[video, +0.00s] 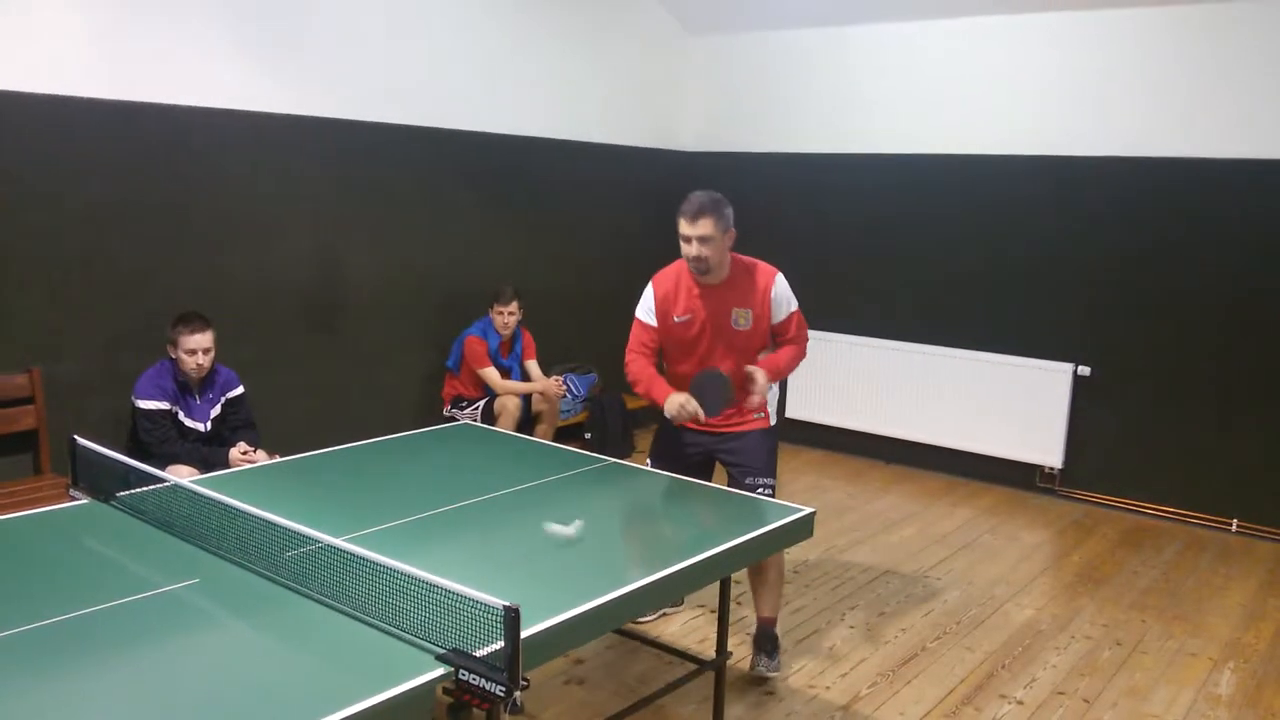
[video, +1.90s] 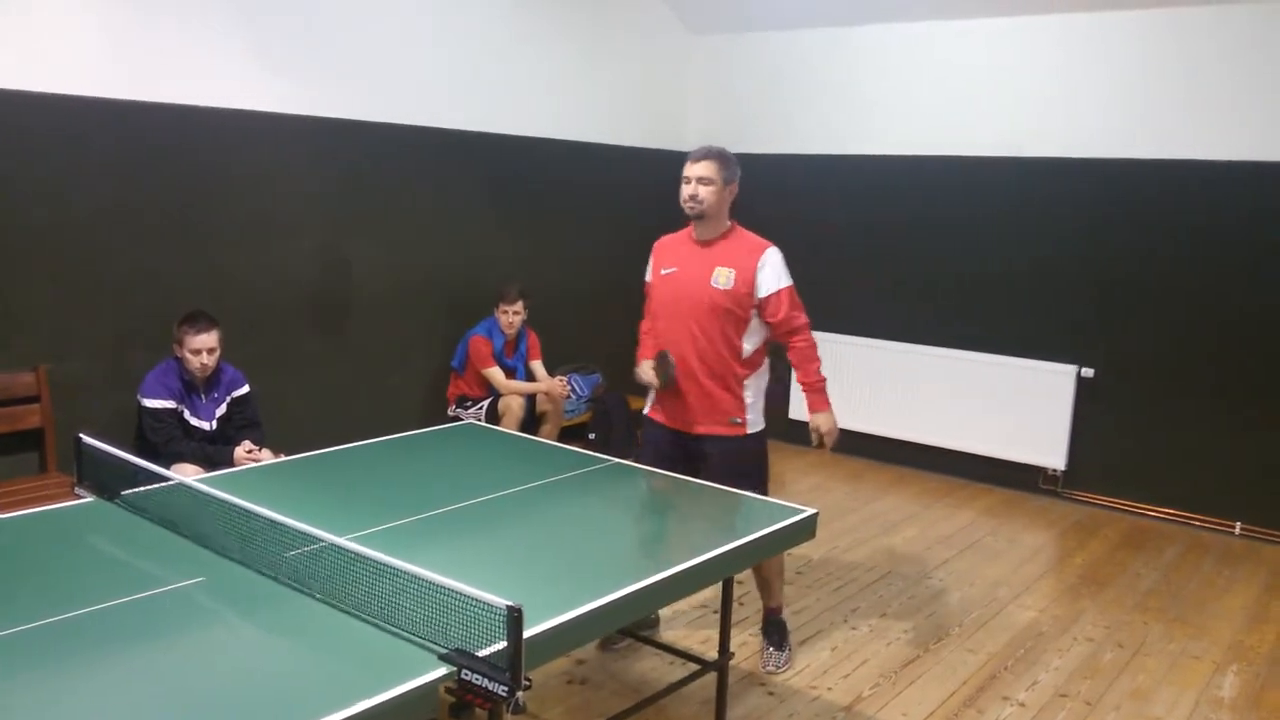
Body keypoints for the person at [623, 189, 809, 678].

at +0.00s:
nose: (695, 252)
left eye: (706, 241)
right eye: (687, 240)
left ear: (730, 238)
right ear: (678, 237)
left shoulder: (766, 282)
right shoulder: (662, 288)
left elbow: (795, 342)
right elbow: (636, 358)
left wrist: (767, 369)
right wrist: (666, 396)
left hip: (747, 423)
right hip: (683, 423)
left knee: (760, 523)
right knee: (662, 513)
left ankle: (766, 634)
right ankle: (667, 587)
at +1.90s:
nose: (691, 190)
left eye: (703, 183)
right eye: (687, 182)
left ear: (730, 191)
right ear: (680, 188)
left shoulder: (759, 255)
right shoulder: (663, 249)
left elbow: (795, 332)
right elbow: (650, 319)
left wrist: (818, 406)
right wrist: (645, 358)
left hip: (733, 425)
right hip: (665, 417)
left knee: (753, 527)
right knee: (646, 516)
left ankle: (773, 622)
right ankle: (640, 611)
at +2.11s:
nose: (652, 237)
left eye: (661, 227)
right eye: (648, 228)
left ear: (694, 226)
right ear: (649, 229)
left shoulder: (740, 277)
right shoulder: (653, 280)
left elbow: (772, 351)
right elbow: (650, 344)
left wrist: (705, 371)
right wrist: (642, 380)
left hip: (740, 431)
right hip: (684, 426)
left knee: (744, 533)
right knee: (665, 516)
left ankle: (751, 641)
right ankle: (666, 599)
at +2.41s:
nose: (623, 248)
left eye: (628, 237)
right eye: (621, 238)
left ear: (661, 232)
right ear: (649, 237)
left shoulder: (723, 271)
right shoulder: (650, 294)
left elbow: (771, 326)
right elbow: (637, 360)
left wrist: (704, 354)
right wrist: (579, 394)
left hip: (743, 429)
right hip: (689, 425)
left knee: (741, 535)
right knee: (657, 513)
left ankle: (755, 640)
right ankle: (670, 600)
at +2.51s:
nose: (620, 236)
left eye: (627, 226)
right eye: (619, 227)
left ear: (659, 222)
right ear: (645, 226)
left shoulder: (724, 261)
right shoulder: (634, 285)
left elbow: (771, 321)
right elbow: (599, 338)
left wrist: (711, 339)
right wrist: (536, 360)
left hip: (742, 420)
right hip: (682, 418)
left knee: (747, 530)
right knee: (662, 512)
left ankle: (755, 638)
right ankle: (674, 594)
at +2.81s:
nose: (649, 217)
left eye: (659, 207)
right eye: (644, 209)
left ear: (688, 209)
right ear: (641, 215)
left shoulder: (733, 262)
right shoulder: (632, 269)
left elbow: (761, 326)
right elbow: (605, 341)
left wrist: (731, 339)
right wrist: (586, 329)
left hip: (723, 422)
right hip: (660, 421)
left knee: (739, 526)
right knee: (647, 515)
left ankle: (749, 634)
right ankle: (670, 595)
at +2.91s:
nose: (668, 210)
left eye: (678, 200)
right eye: (661, 202)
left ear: (703, 204)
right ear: (654, 208)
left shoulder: (741, 259)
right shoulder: (641, 268)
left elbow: (765, 324)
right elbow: (632, 335)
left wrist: (737, 344)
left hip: (722, 419)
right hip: (658, 422)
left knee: (741, 521)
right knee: (648, 514)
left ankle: (751, 626)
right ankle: (667, 596)